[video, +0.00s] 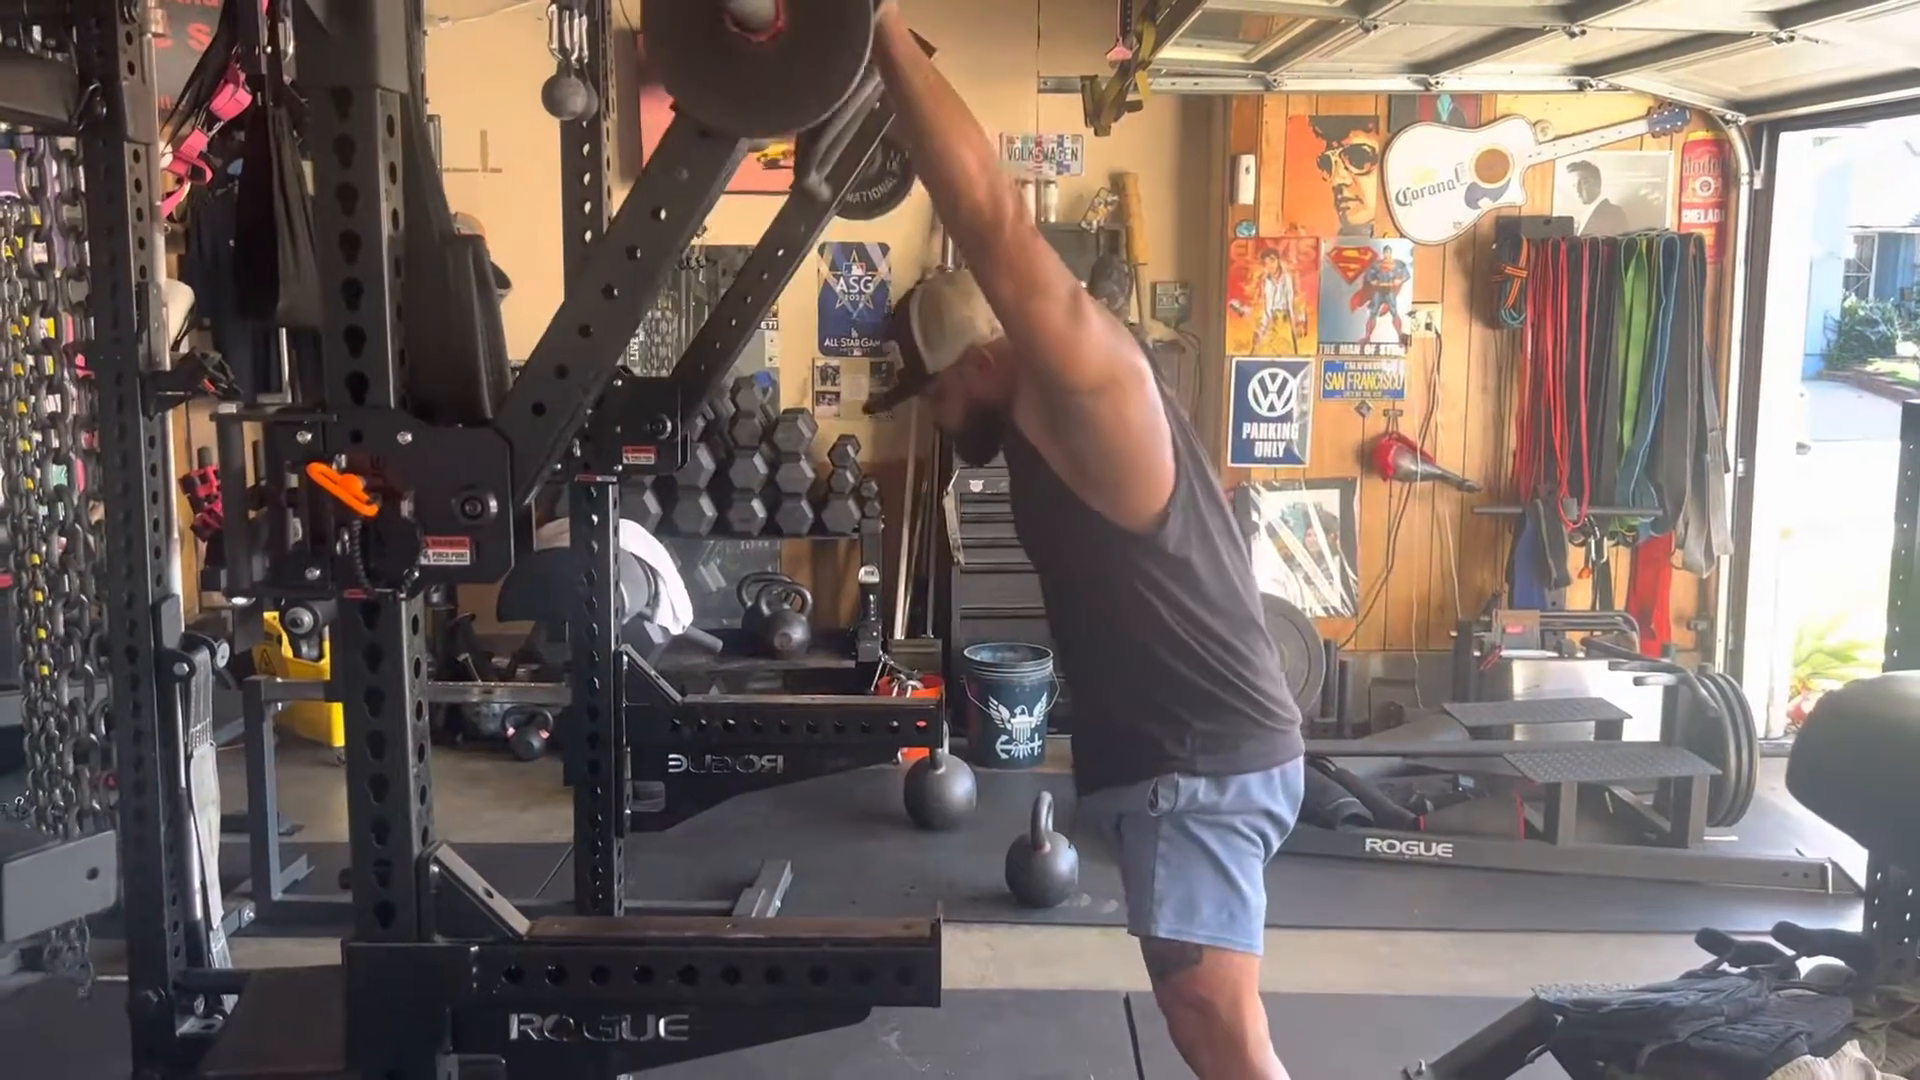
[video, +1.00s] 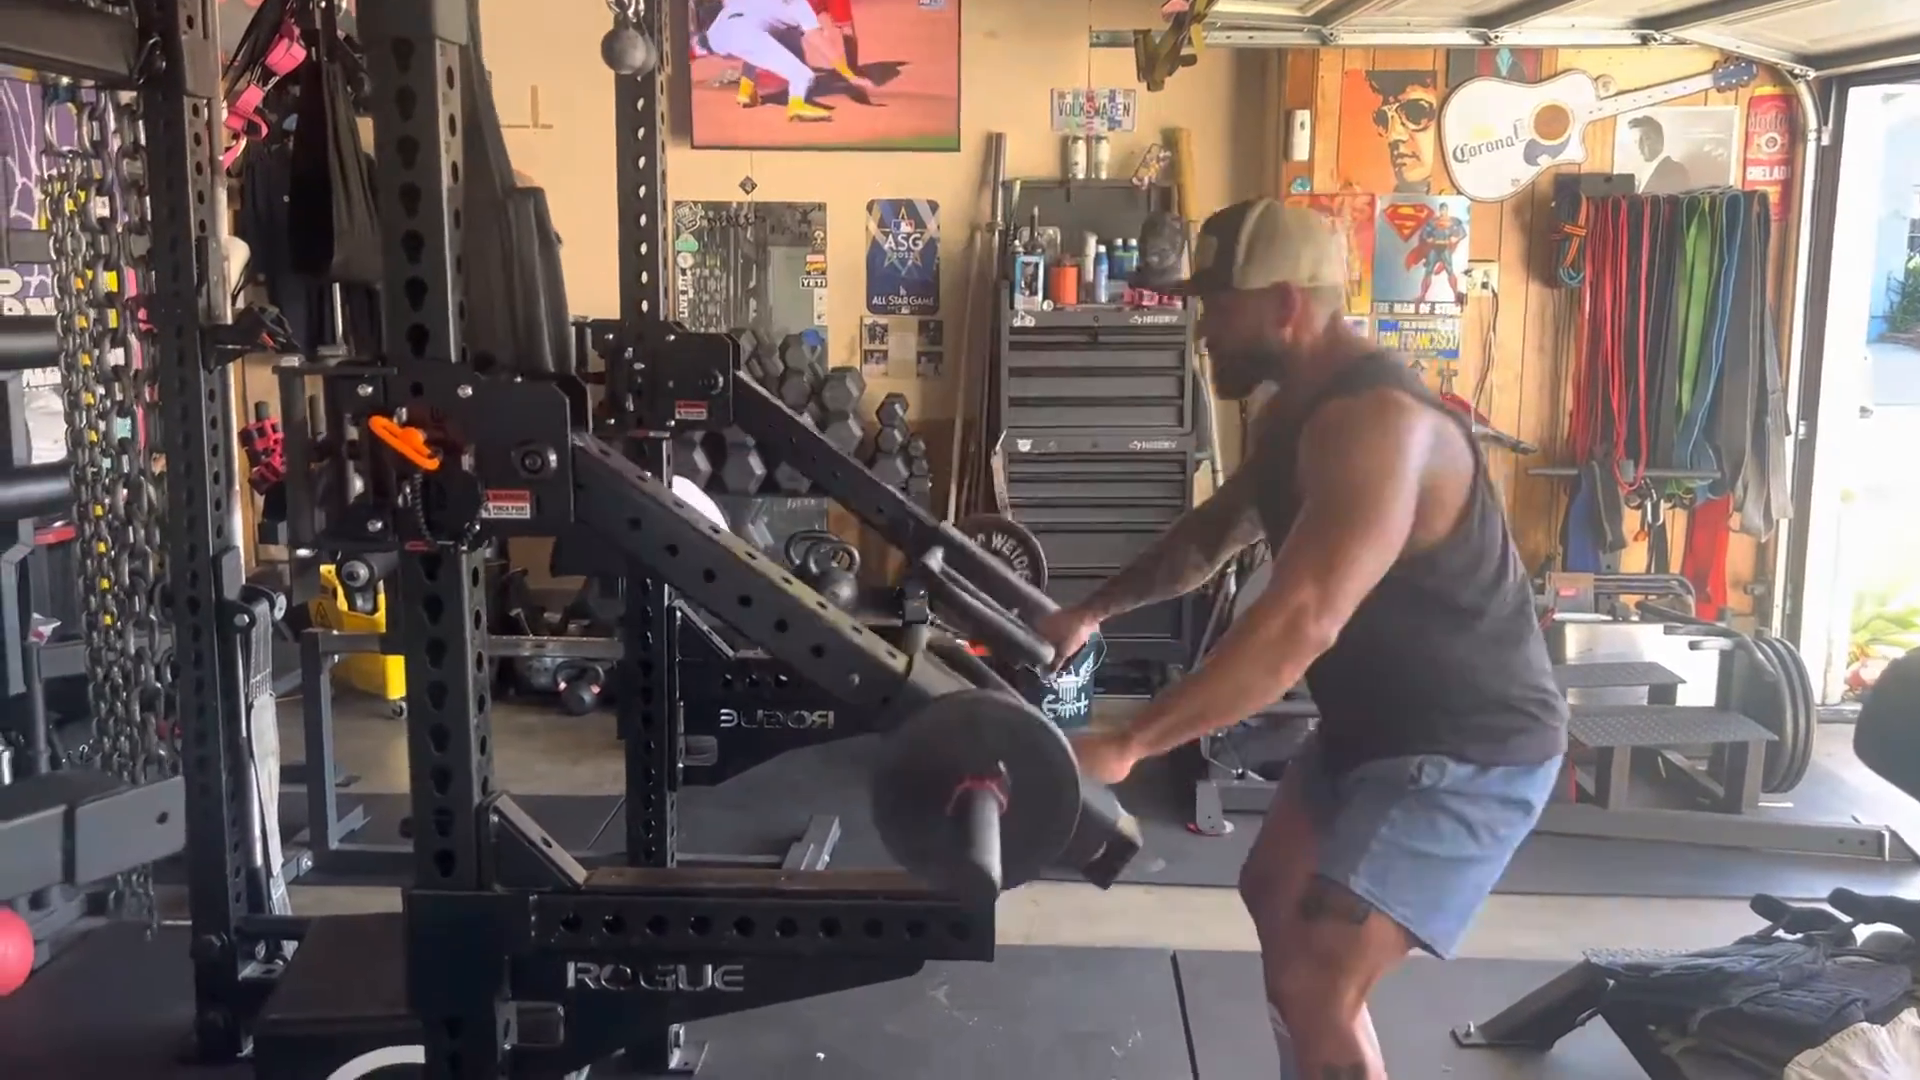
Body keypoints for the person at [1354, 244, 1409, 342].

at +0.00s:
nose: (1387, 255)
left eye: (1389, 252)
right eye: (1385, 252)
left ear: (1391, 253)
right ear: (1383, 253)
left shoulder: (1398, 264)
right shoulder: (1377, 264)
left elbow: (1406, 275)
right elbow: (1368, 275)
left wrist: (1399, 281)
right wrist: (1373, 281)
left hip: (1391, 288)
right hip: (1379, 288)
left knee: (1394, 311)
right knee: (1373, 312)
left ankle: (1400, 335)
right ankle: (1367, 336)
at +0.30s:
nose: (1398, 248)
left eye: (1399, 246)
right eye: (1396, 246)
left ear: (1402, 246)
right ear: (1393, 246)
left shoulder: (1409, 257)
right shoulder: (1387, 257)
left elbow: (1417, 268)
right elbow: (1379, 268)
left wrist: (1410, 274)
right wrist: (1383, 274)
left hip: (1401, 281)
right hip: (1389, 281)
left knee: (1404, 305)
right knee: (1383, 305)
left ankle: (1411, 328)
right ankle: (1378, 329)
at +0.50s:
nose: (1409, 239)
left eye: (1410, 237)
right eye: (1407, 237)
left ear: (1413, 238)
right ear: (1404, 238)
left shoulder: (1420, 249)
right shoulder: (1398, 249)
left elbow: (1428, 260)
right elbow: (1390, 260)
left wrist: (1421, 266)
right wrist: (1394, 266)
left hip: (1412, 273)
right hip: (1400, 272)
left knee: (1415, 297)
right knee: (1394, 297)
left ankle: (1421, 321)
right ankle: (1388, 321)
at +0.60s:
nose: (1415, 234)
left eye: (1417, 232)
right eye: (1414, 232)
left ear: (1420, 232)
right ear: (1411, 233)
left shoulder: (1427, 243)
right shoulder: (1405, 244)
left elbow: (1435, 255)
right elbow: (1397, 255)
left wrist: (1428, 261)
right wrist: (1400, 261)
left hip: (1418, 268)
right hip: (1407, 268)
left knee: (1422, 291)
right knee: (1401, 292)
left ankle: (1428, 316)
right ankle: (1395, 316)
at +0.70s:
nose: (1422, 229)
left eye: (1424, 227)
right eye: (1421, 227)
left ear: (1427, 227)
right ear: (1418, 227)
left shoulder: (1434, 238)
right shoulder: (1412, 238)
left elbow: (1442, 250)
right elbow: (1403, 250)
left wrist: (1435, 256)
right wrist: (1407, 256)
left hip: (1425, 262)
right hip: (1413, 262)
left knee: (1428, 286)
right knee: (1408, 286)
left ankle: (1435, 311)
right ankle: (1402, 311)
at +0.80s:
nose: (1429, 224)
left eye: (1431, 222)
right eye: (1428, 222)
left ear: (1434, 222)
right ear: (1425, 222)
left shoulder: (1440, 233)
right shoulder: (1418, 233)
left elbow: (1449, 244)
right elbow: (1410, 244)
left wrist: (1442, 250)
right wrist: (1414, 250)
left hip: (1432, 257)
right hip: (1420, 257)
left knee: (1435, 281)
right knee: (1415, 281)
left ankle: (1442, 306)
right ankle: (1409, 304)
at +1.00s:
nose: (1443, 213)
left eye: (1445, 210)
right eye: (1441, 210)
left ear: (1447, 211)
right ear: (1439, 211)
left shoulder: (1454, 221)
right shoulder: (1433, 221)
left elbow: (1463, 233)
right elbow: (1424, 233)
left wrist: (1456, 239)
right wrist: (1427, 239)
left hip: (1446, 246)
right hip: (1434, 246)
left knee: (1450, 271)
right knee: (1428, 271)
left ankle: (1456, 295)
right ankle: (1422, 296)